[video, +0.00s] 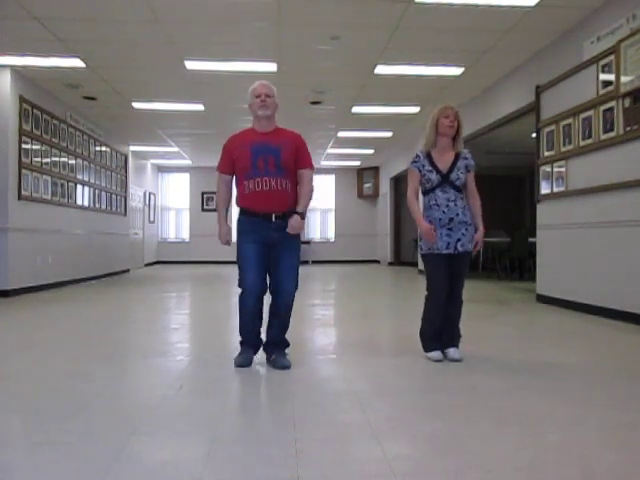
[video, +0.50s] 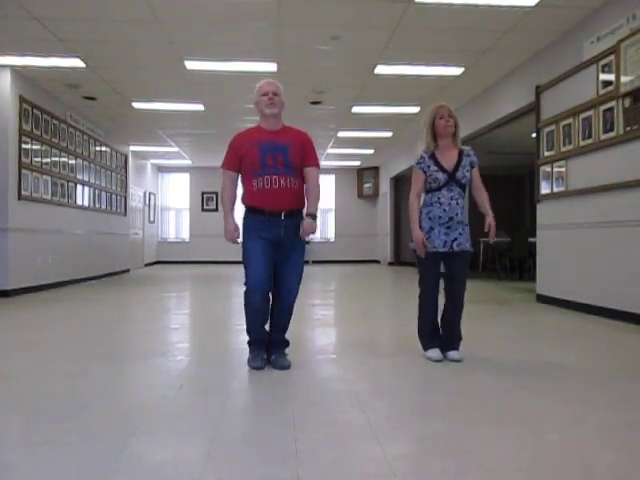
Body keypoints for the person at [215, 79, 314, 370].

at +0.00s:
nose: (263, 99)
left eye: (268, 95)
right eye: (257, 96)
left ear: (276, 103)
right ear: (249, 105)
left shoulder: (294, 140)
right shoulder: (235, 143)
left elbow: (306, 180)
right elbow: (224, 183)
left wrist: (299, 214)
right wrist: (223, 221)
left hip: (286, 223)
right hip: (251, 223)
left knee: (285, 291)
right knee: (251, 288)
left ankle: (277, 349)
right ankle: (248, 346)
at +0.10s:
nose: (266, 98)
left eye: (271, 94)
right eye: (260, 95)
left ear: (279, 103)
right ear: (251, 105)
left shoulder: (296, 139)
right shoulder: (237, 142)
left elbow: (309, 177)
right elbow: (225, 182)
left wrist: (295, 202)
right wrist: (228, 219)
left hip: (289, 223)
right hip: (254, 222)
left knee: (286, 289)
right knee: (255, 286)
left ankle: (277, 348)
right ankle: (251, 341)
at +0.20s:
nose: (268, 97)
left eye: (273, 94)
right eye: (262, 94)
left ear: (281, 102)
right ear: (253, 103)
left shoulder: (297, 139)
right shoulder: (239, 140)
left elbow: (309, 176)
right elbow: (227, 181)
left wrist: (294, 193)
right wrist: (232, 219)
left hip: (292, 221)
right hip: (258, 221)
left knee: (289, 287)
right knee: (264, 283)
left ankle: (278, 348)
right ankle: (258, 344)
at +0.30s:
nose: (269, 98)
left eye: (274, 94)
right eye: (263, 95)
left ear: (282, 102)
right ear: (254, 103)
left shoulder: (298, 139)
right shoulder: (239, 140)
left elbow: (309, 176)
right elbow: (226, 181)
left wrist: (296, 194)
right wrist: (232, 218)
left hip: (293, 221)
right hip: (259, 221)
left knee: (292, 287)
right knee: (271, 285)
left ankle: (278, 348)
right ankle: (259, 347)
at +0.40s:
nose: (270, 98)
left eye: (275, 94)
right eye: (264, 94)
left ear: (283, 101)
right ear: (255, 102)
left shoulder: (299, 139)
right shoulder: (240, 140)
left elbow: (309, 176)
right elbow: (228, 182)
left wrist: (302, 204)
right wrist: (231, 219)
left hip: (293, 220)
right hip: (259, 219)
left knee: (291, 287)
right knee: (267, 284)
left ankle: (278, 347)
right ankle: (258, 347)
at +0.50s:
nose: (270, 97)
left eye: (275, 93)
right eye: (265, 94)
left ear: (284, 102)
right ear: (255, 103)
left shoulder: (300, 138)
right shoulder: (242, 140)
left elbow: (312, 179)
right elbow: (229, 181)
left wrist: (310, 214)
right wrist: (229, 218)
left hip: (293, 221)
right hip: (257, 220)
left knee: (288, 290)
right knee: (257, 286)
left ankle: (278, 347)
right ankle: (257, 346)